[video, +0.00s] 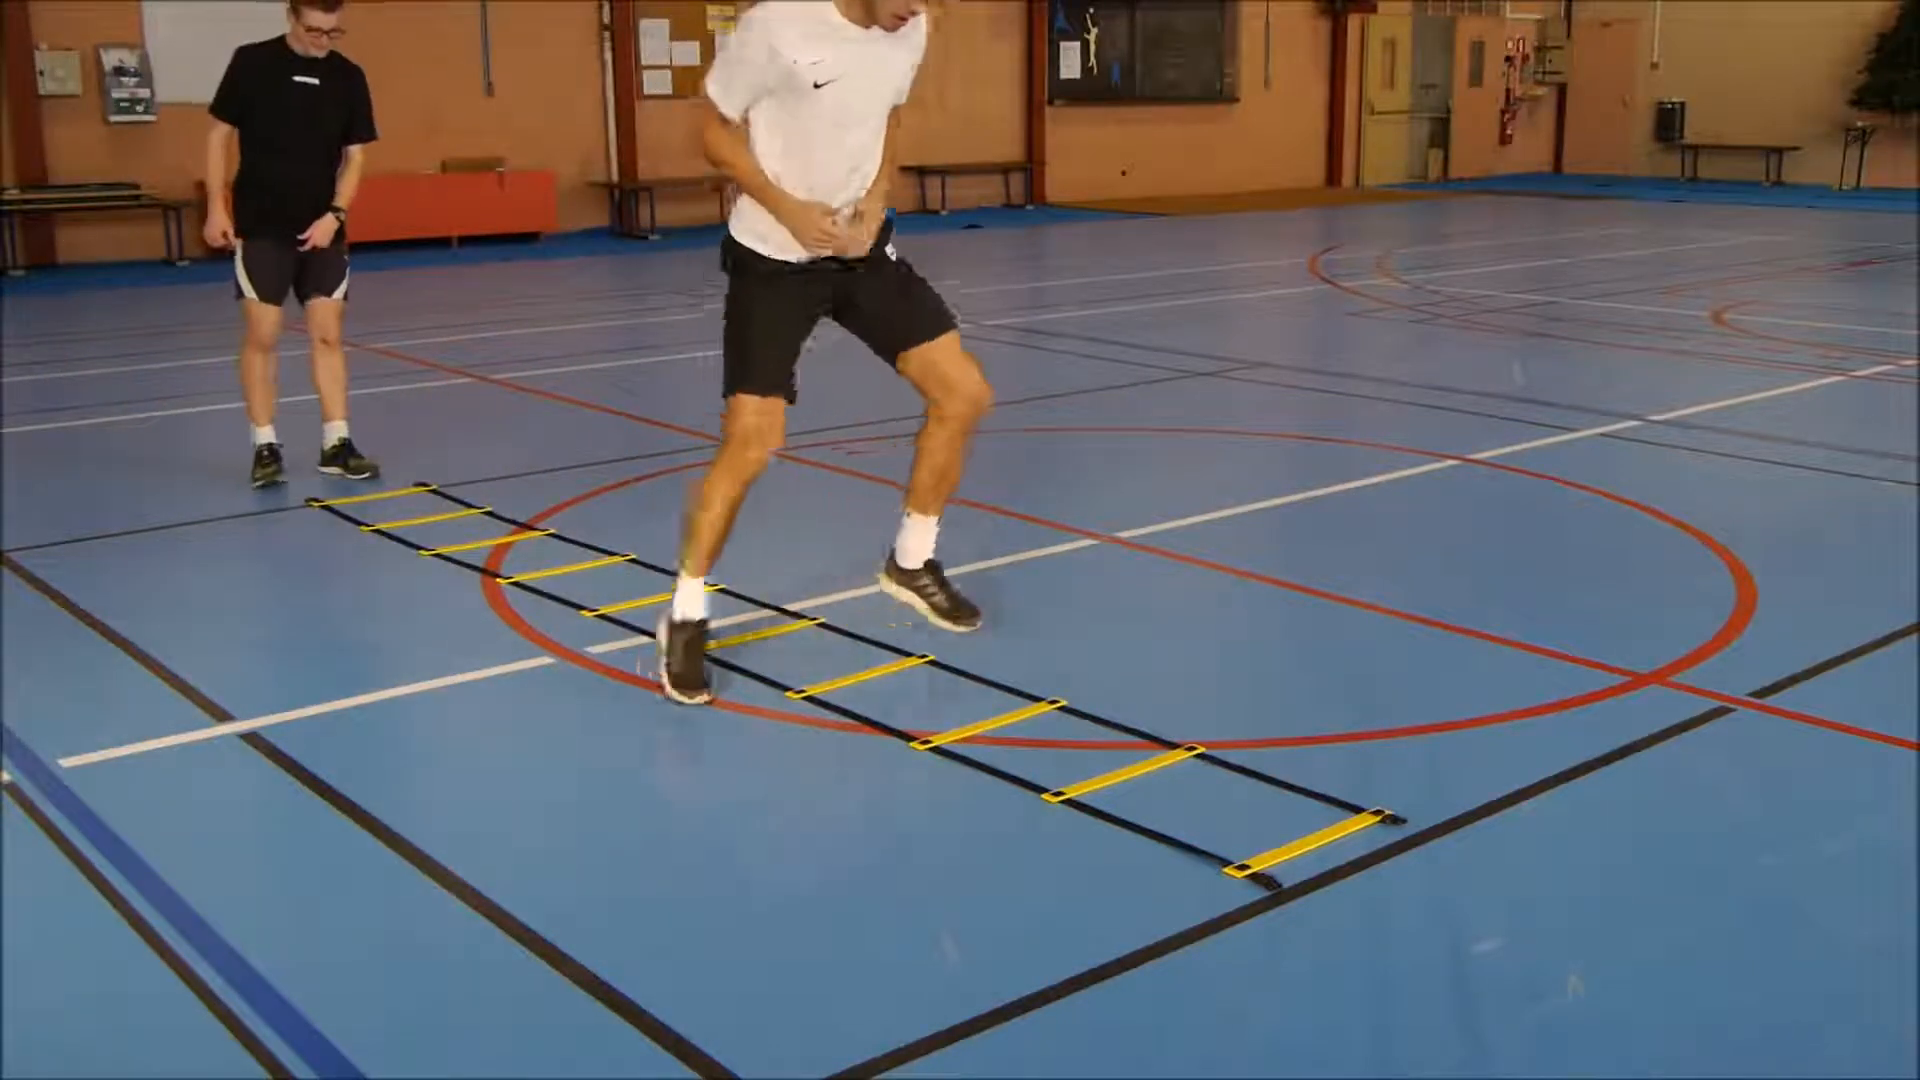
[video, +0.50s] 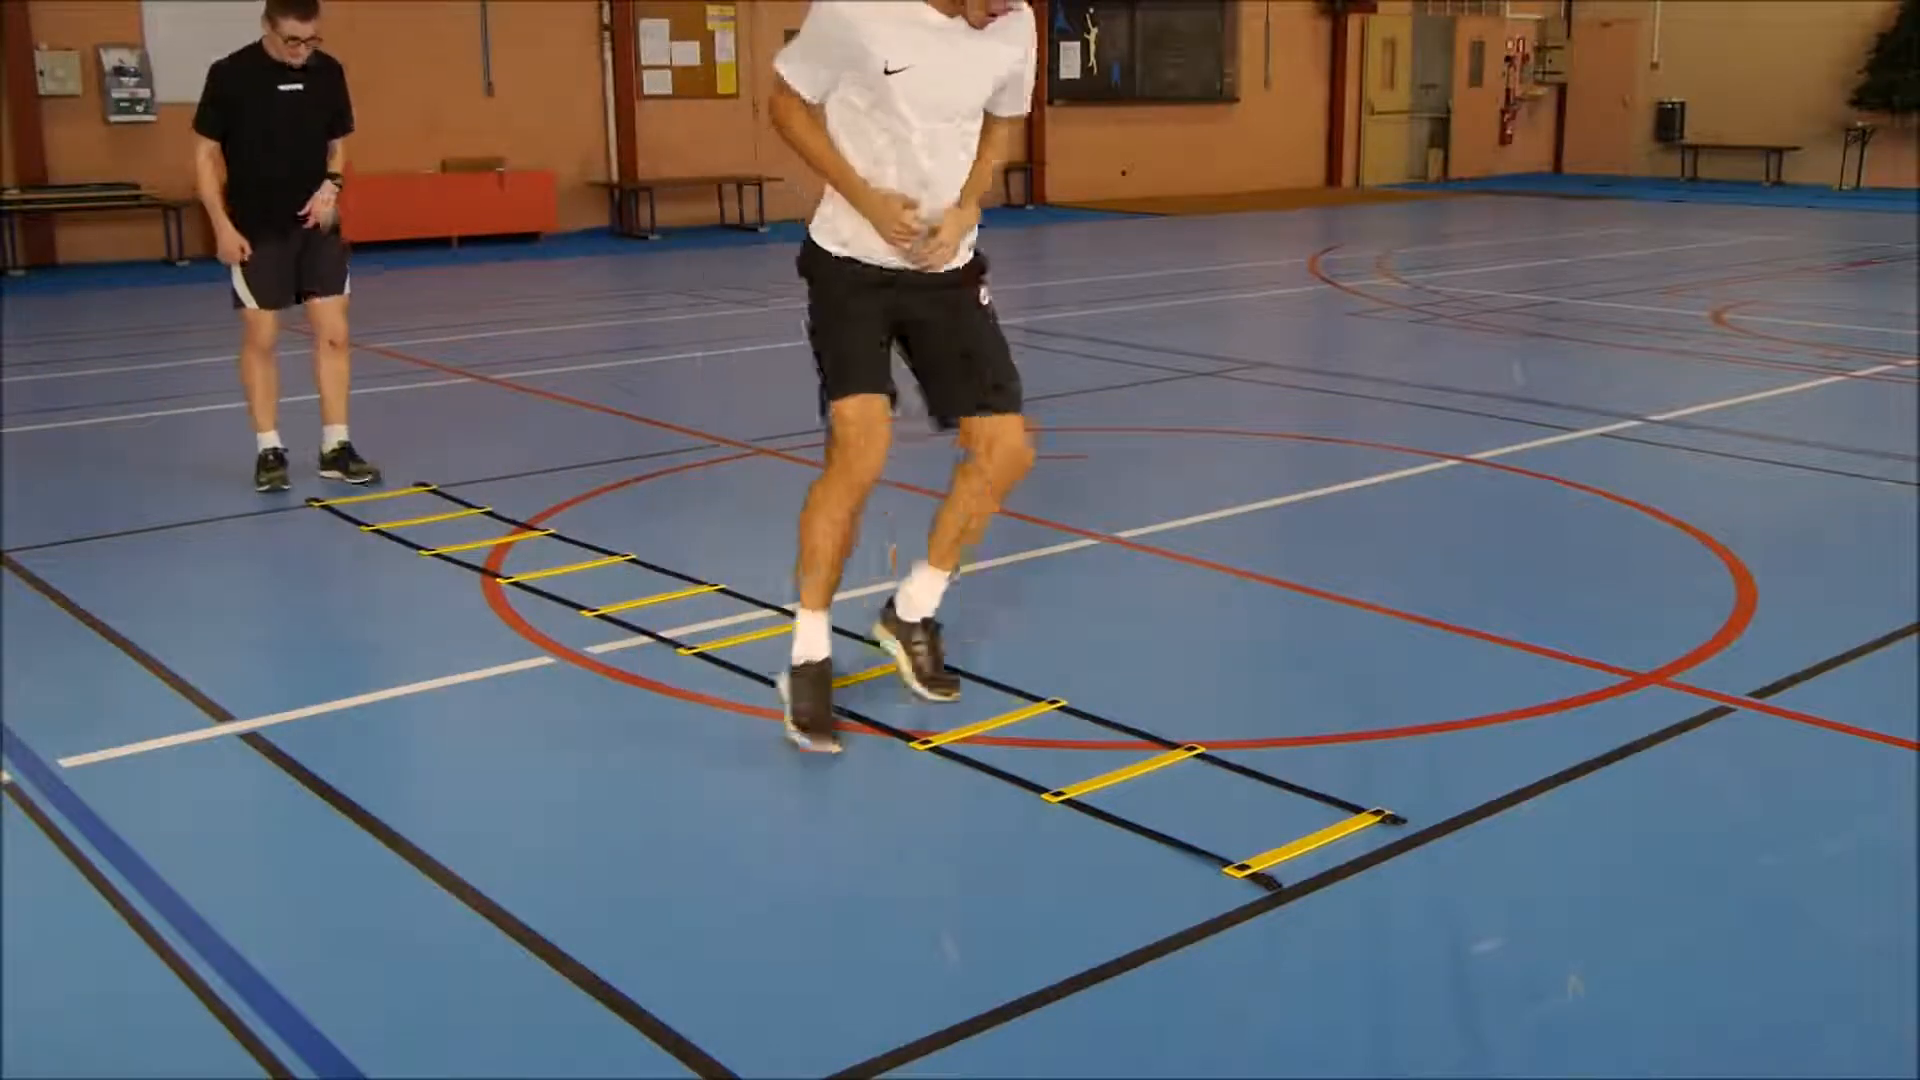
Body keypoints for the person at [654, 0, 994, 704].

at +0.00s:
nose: (913, 3)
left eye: (917, 0)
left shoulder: (912, 29)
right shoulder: (773, 26)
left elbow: (887, 116)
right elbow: (714, 131)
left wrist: (876, 202)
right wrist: (792, 210)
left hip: (862, 249)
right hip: (769, 259)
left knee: (961, 395)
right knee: (754, 441)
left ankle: (913, 562)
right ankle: (686, 613)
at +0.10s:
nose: (937, 17)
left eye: (945, 8)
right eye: (928, 6)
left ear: (948, 5)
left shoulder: (953, 33)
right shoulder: (795, 23)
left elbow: (948, 125)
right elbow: (738, 112)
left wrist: (918, 201)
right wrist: (793, 194)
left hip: (904, 264)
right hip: (805, 263)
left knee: (955, 429)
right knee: (797, 431)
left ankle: (931, 588)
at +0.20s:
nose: (951, 5)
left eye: (957, 2)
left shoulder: (968, 28)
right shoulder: (809, 20)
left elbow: (960, 125)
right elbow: (754, 103)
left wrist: (930, 207)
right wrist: (814, 192)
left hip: (916, 264)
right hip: (820, 264)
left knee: (968, 432)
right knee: (842, 444)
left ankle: (935, 580)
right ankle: (865, 618)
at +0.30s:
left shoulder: (982, 16)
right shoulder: (827, 12)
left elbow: (965, 106)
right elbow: (758, 97)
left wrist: (942, 183)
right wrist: (836, 189)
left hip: (929, 253)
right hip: (837, 260)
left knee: (996, 421)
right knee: (882, 448)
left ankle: (923, 585)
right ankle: (870, 629)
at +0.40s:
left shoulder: (1001, 14)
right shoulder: (837, 8)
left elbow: (982, 106)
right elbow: (776, 90)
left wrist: (949, 185)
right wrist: (846, 180)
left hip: (934, 244)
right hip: (838, 245)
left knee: (968, 434)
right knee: (877, 436)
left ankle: (906, 616)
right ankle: (856, 615)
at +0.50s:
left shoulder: (1015, 27)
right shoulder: (853, 14)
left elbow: (1002, 123)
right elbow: (785, 103)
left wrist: (968, 205)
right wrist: (864, 196)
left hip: (947, 270)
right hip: (849, 263)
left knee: (1005, 448)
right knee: (860, 446)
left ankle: (913, 609)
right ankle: (810, 652)